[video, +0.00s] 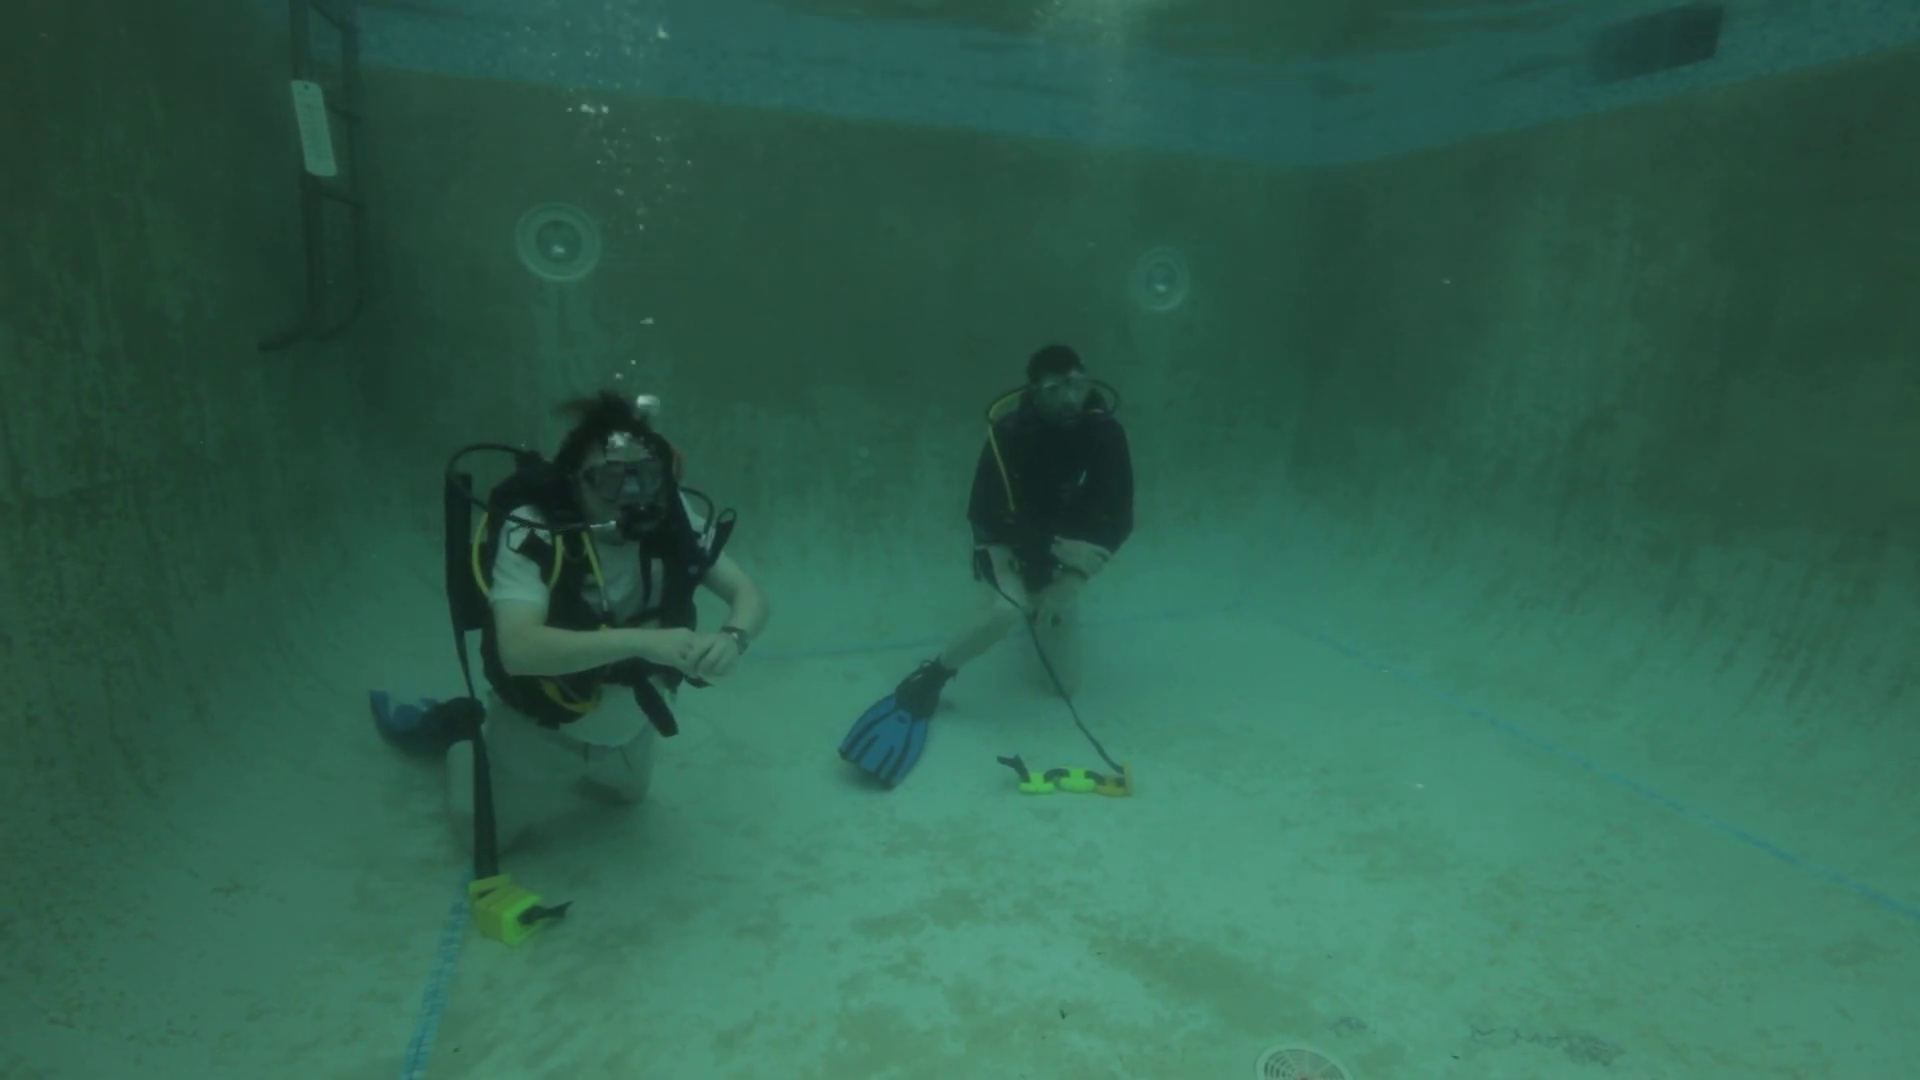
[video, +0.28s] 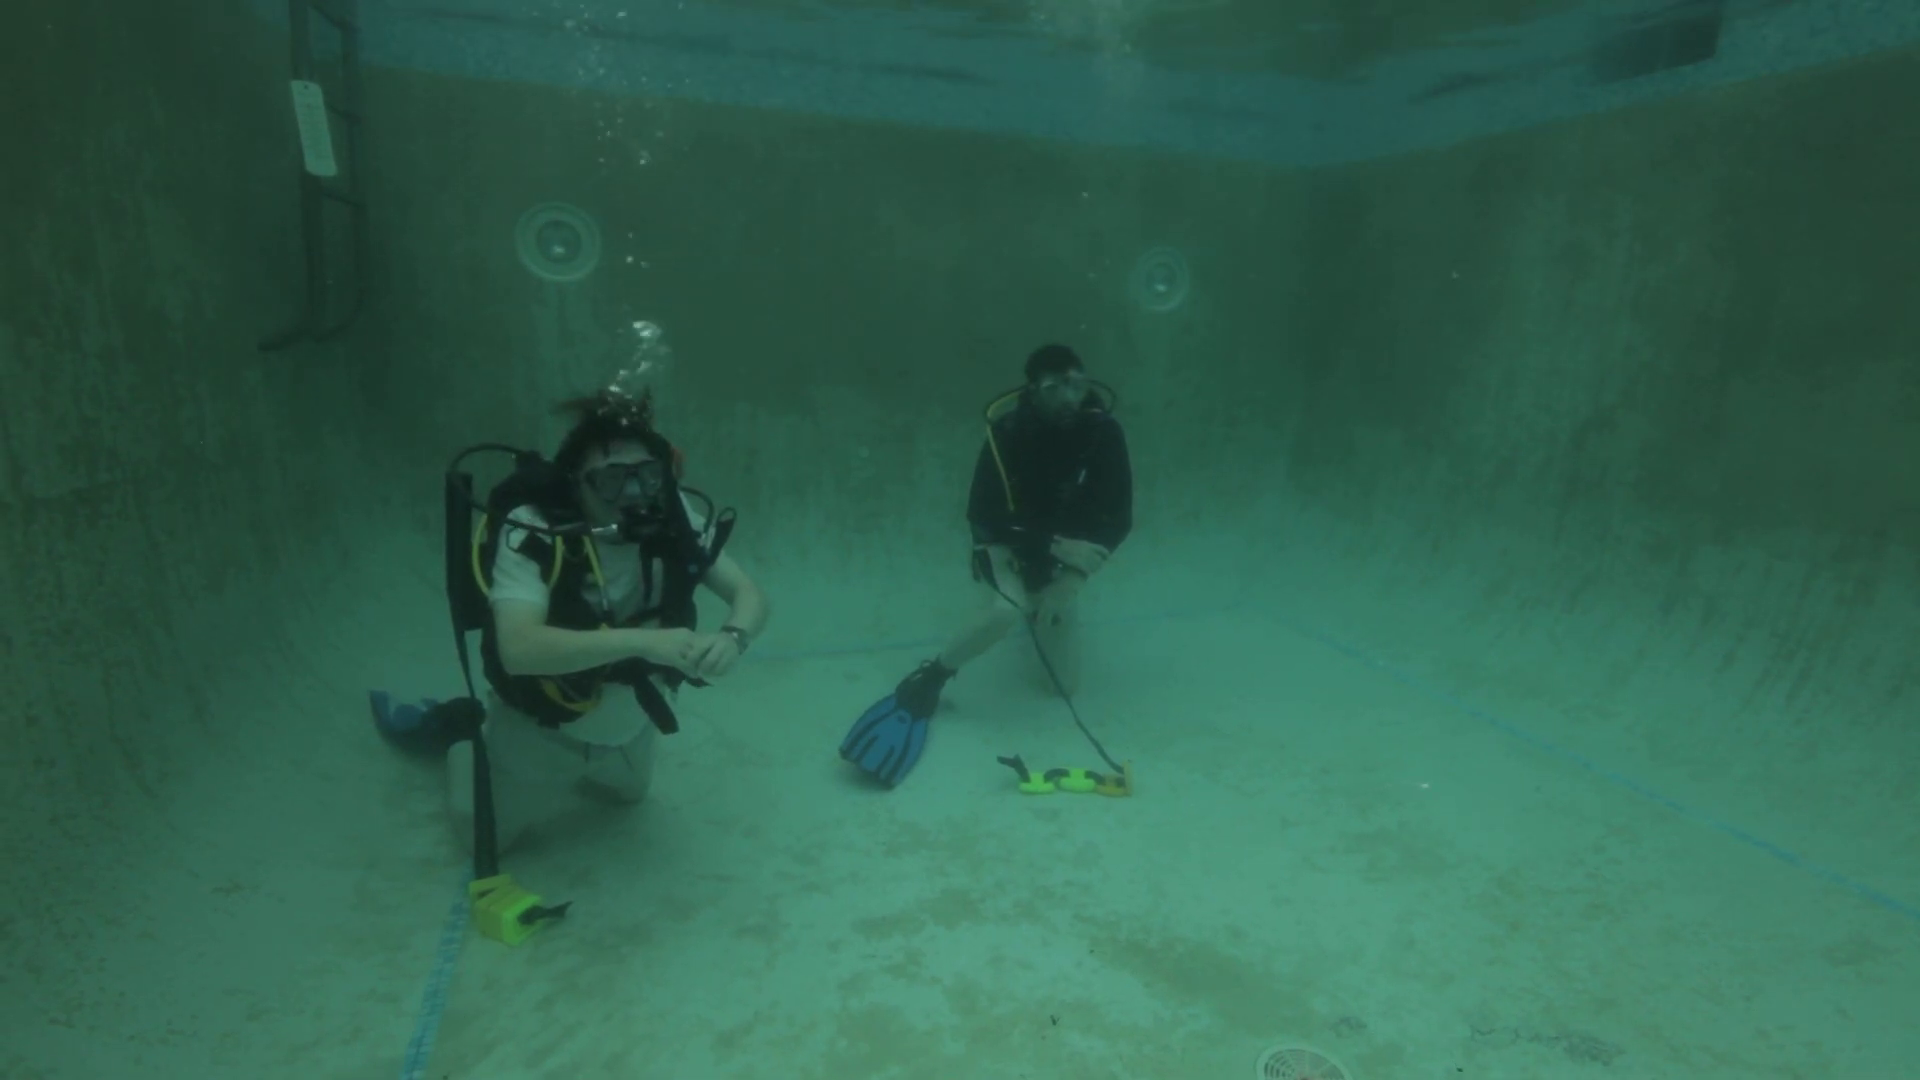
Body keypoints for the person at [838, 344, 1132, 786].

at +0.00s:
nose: (1071, 397)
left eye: (1077, 384)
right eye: (1059, 387)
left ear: (1087, 385)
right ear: (1036, 390)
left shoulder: (1104, 430)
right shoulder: (1012, 429)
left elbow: (1118, 516)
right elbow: (989, 512)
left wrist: (1069, 581)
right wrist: (1056, 546)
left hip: (1067, 548)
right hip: (1007, 541)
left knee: (1066, 681)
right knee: (1007, 610)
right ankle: (928, 680)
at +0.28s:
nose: (1070, 397)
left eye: (1076, 384)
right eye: (1058, 386)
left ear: (1086, 386)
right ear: (1034, 390)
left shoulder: (1103, 430)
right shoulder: (1010, 430)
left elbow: (1117, 517)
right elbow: (986, 512)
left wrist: (1070, 581)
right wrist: (1055, 546)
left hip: (1067, 549)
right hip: (1007, 542)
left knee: (1065, 681)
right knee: (1008, 610)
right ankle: (928, 680)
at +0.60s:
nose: (1066, 397)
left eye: (1073, 385)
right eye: (1055, 386)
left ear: (1083, 387)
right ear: (1032, 388)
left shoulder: (1101, 431)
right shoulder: (1007, 428)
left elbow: (1115, 517)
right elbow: (985, 512)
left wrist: (1067, 584)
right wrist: (1055, 545)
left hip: (1067, 550)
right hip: (1007, 543)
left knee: (1065, 680)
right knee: (1007, 610)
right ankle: (929, 680)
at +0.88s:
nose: (1064, 396)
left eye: (1071, 385)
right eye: (1053, 386)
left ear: (1081, 386)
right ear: (1030, 388)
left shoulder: (1098, 430)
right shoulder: (1005, 427)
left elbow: (1114, 514)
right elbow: (983, 514)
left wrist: (1068, 582)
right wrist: (1054, 543)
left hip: (1064, 549)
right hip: (1005, 542)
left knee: (1065, 680)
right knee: (1008, 610)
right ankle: (929, 679)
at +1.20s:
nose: (1062, 398)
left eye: (1068, 386)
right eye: (1050, 389)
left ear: (1080, 386)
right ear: (1028, 392)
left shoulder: (1096, 429)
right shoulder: (1003, 426)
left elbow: (1112, 513)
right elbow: (982, 514)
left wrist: (1069, 578)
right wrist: (1054, 545)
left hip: (1063, 547)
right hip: (1003, 541)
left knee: (1065, 679)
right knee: (1007, 610)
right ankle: (929, 680)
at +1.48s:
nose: (1060, 399)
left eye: (1066, 386)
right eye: (1047, 390)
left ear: (1078, 385)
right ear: (1025, 393)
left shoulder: (1094, 430)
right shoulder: (1001, 429)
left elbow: (1111, 513)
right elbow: (979, 512)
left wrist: (1073, 564)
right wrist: (1040, 546)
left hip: (1065, 549)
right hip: (1003, 542)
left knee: (1063, 682)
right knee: (1004, 611)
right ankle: (931, 677)